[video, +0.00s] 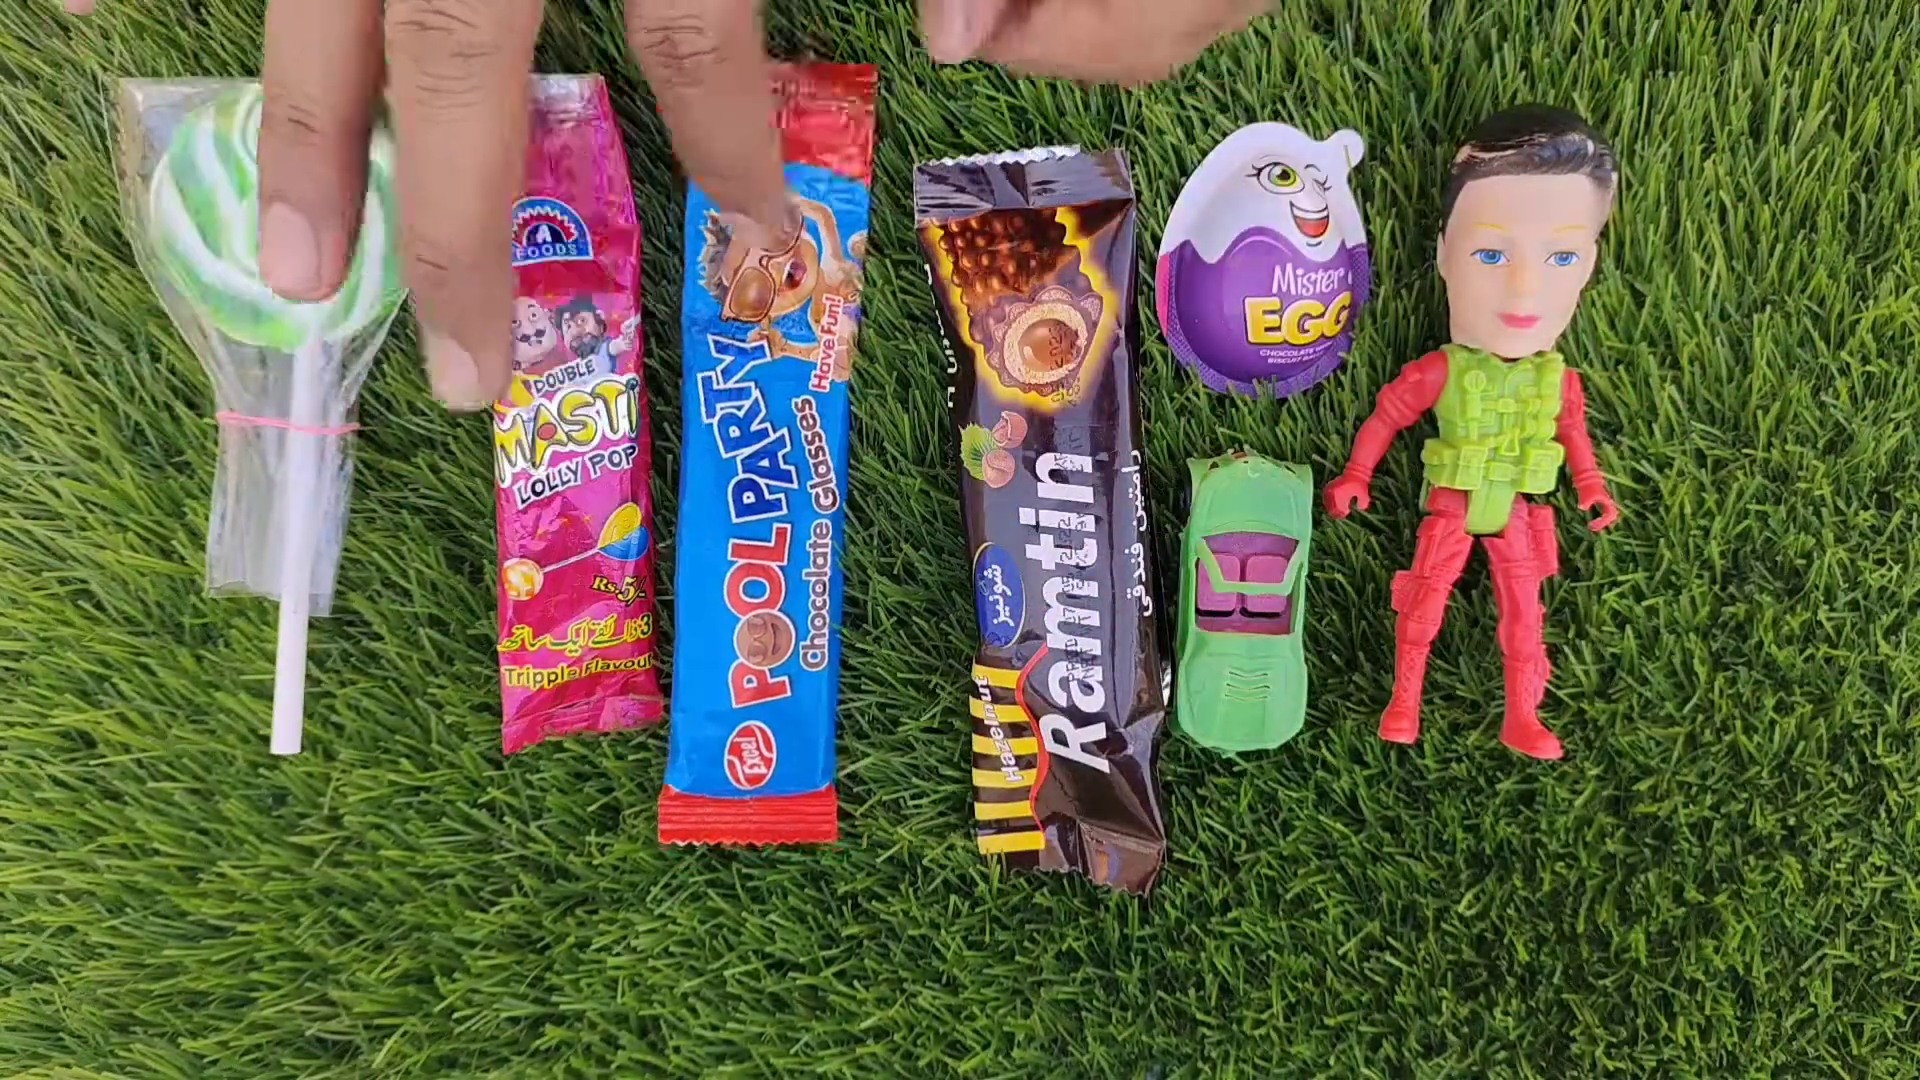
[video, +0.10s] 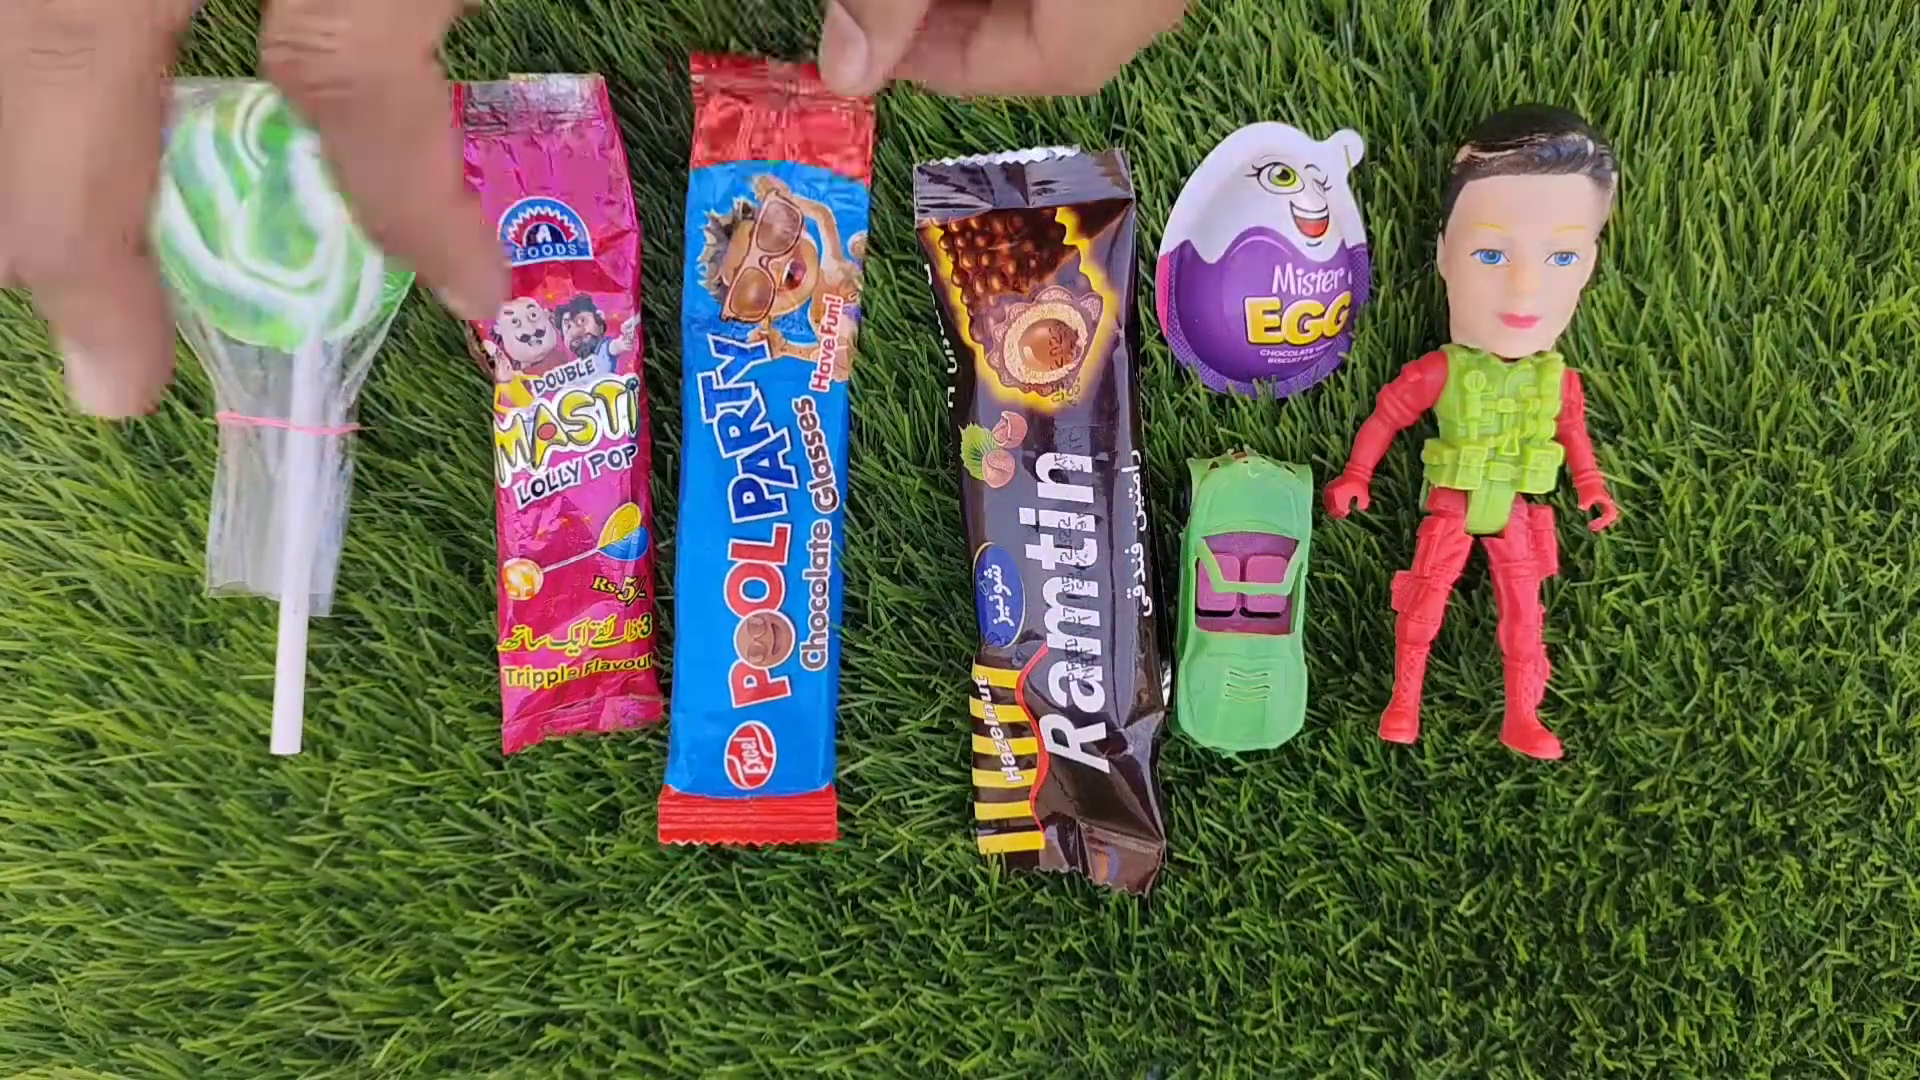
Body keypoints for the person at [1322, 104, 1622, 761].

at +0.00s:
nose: (1523, 284)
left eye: (1560, 257)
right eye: (1492, 254)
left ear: (1589, 271)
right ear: (1442, 260)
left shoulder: (1561, 381)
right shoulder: (1441, 371)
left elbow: (1576, 440)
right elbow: (1386, 418)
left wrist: (1590, 485)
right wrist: (1357, 473)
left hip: (1523, 509)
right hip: (1454, 501)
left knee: (1524, 612)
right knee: (1425, 601)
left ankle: (1521, 715)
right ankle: (1405, 698)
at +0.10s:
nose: (1523, 285)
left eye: (1560, 257)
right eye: (1492, 254)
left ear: (1589, 272)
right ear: (1442, 260)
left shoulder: (1561, 381)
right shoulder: (1441, 371)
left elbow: (1576, 440)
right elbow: (1386, 418)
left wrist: (1590, 484)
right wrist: (1357, 473)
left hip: (1523, 509)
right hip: (1453, 501)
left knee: (1524, 612)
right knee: (1425, 601)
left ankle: (1521, 716)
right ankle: (1405, 698)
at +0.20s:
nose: (1523, 285)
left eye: (1560, 257)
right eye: (1492, 254)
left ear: (1589, 271)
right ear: (1442, 259)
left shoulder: (1561, 381)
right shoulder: (1441, 371)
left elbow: (1576, 440)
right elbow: (1386, 418)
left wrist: (1590, 485)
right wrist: (1357, 473)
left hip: (1523, 509)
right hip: (1454, 500)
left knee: (1524, 612)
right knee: (1425, 601)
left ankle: (1521, 715)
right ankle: (1405, 698)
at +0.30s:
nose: (1523, 285)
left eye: (1560, 257)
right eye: (1491, 254)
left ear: (1589, 272)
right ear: (1442, 259)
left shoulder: (1561, 382)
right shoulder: (1441, 371)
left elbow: (1576, 441)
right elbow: (1386, 418)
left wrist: (1590, 485)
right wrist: (1357, 473)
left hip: (1523, 509)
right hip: (1453, 502)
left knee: (1524, 613)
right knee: (1424, 602)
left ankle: (1521, 716)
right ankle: (1406, 698)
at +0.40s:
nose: (1523, 285)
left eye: (1560, 257)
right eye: (1492, 254)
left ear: (1589, 272)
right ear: (1442, 259)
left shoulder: (1561, 382)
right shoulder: (1441, 371)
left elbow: (1576, 441)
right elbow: (1386, 418)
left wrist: (1590, 485)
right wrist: (1357, 473)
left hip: (1523, 509)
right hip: (1453, 502)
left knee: (1524, 613)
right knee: (1424, 602)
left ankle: (1521, 716)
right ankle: (1406, 698)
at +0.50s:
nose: (1523, 285)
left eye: (1560, 257)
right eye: (1492, 254)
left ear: (1589, 272)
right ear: (1442, 259)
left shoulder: (1561, 381)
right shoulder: (1441, 371)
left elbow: (1576, 441)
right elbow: (1386, 418)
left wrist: (1590, 485)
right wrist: (1357, 473)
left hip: (1523, 509)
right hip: (1453, 502)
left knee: (1524, 613)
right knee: (1424, 602)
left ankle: (1521, 716)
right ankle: (1406, 698)